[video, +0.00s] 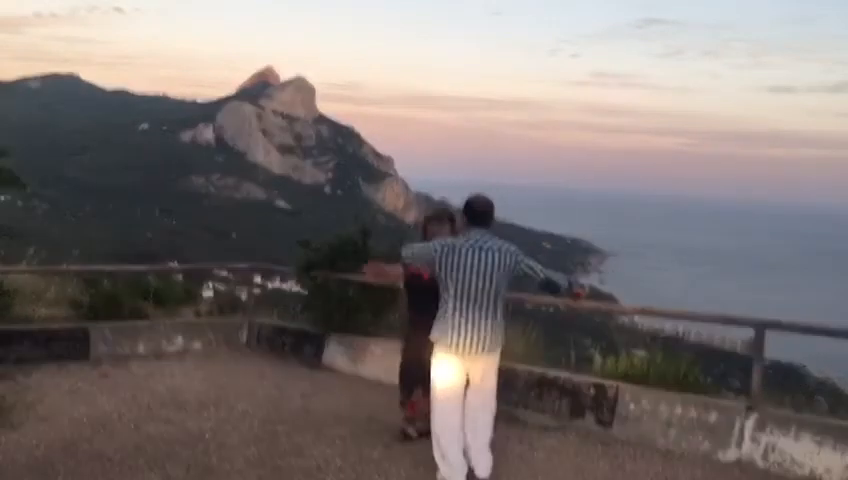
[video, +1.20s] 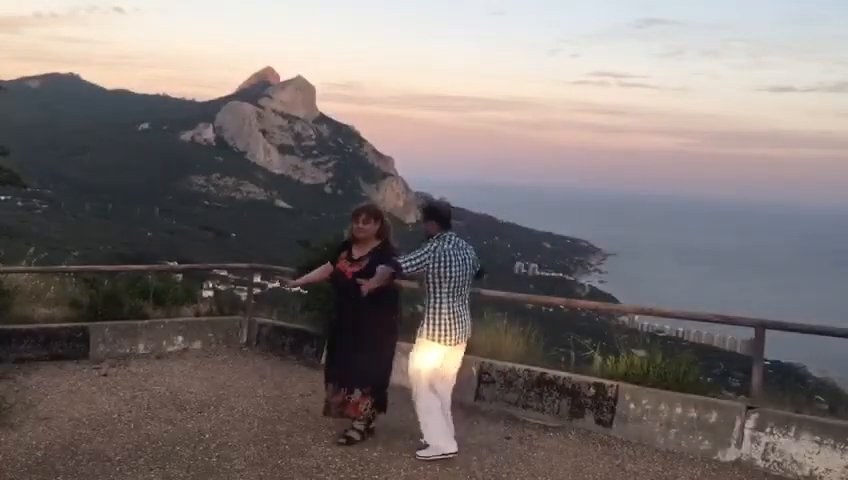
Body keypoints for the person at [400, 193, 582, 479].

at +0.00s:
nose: (460, 221)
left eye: (461, 217)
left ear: (463, 218)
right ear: (492, 220)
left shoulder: (445, 246)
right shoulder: (506, 251)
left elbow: (408, 253)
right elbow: (544, 276)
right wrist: (571, 286)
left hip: (449, 338)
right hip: (488, 341)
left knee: (446, 406)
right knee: (482, 404)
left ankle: (451, 471)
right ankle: (481, 468)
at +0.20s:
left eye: (469, 219)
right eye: (485, 217)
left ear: (465, 222)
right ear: (492, 221)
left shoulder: (449, 251)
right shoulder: (508, 252)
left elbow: (407, 260)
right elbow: (544, 277)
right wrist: (570, 287)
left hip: (457, 341)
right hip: (493, 343)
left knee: (449, 404)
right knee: (486, 406)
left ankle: (458, 466)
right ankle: (483, 465)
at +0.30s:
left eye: (467, 219)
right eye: (482, 216)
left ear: (463, 222)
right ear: (489, 221)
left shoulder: (450, 252)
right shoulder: (507, 250)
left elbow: (409, 266)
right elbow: (540, 274)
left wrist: (383, 267)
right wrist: (568, 285)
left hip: (458, 338)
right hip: (495, 339)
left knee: (448, 399)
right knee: (485, 403)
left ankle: (466, 459)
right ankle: (483, 464)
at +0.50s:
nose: (449, 226)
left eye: (449, 222)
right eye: (451, 221)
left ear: (452, 224)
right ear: (476, 222)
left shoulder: (446, 254)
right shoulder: (498, 246)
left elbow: (410, 278)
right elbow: (534, 258)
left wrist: (385, 268)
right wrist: (545, 257)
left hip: (457, 337)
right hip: (493, 336)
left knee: (441, 391)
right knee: (484, 400)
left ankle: (452, 452)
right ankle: (482, 462)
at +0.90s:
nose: (430, 227)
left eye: (431, 223)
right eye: (431, 222)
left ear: (436, 224)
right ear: (457, 223)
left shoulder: (433, 250)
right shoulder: (477, 247)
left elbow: (397, 266)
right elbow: (505, 261)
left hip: (438, 333)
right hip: (470, 332)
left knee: (434, 392)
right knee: (457, 385)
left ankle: (441, 452)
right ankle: (466, 439)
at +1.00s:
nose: (427, 227)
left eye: (428, 222)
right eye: (428, 222)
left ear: (435, 223)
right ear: (452, 222)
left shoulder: (432, 247)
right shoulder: (472, 247)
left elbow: (395, 260)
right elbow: (496, 267)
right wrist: (480, 263)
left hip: (437, 332)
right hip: (466, 331)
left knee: (431, 390)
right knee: (450, 385)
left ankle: (440, 450)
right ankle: (454, 441)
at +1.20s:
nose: (424, 228)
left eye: (426, 222)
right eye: (424, 222)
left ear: (434, 223)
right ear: (448, 222)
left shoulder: (434, 248)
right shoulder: (467, 248)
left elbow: (396, 265)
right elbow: (477, 272)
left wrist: (374, 280)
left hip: (435, 329)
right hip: (460, 328)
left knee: (421, 384)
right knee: (443, 386)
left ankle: (440, 443)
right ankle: (444, 438)